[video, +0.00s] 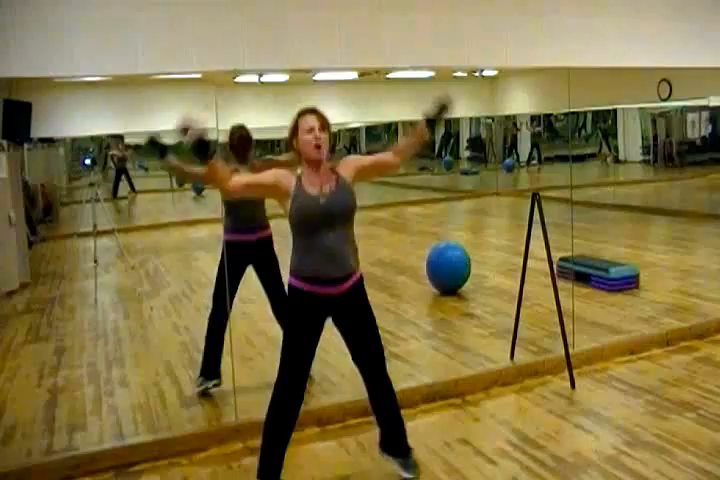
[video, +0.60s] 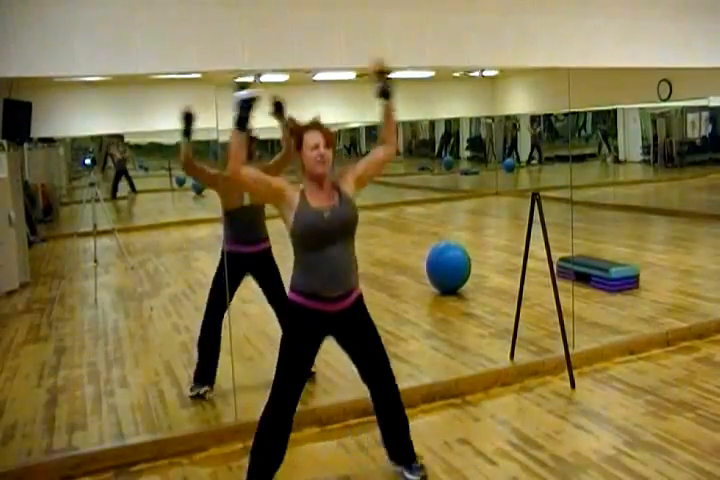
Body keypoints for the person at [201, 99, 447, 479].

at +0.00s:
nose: (316, 136)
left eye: (321, 129)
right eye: (308, 131)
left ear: (329, 136)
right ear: (295, 142)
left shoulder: (347, 169)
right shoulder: (284, 180)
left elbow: (396, 156)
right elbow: (230, 184)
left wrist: (427, 125)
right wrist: (208, 157)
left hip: (350, 290)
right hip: (306, 294)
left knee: (376, 371)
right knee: (289, 385)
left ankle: (397, 447)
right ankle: (268, 473)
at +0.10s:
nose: (319, 129)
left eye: (323, 123)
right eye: (310, 124)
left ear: (331, 129)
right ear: (296, 134)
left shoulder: (349, 171)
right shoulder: (283, 180)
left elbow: (387, 202)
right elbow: (244, 224)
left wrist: (433, 210)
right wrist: (210, 232)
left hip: (347, 282)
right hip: (304, 285)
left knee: (363, 366)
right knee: (304, 372)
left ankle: (362, 449)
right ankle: (297, 465)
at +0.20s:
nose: (321, 146)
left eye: (326, 140)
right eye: (313, 141)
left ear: (333, 147)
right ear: (299, 151)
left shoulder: (344, 191)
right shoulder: (286, 199)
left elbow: (360, 248)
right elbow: (277, 255)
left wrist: (384, 293)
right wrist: (262, 299)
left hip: (348, 303)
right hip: (307, 306)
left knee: (353, 388)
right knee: (316, 389)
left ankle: (340, 460)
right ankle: (319, 467)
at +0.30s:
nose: (323, 147)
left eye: (326, 141)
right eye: (314, 142)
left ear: (334, 148)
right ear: (300, 151)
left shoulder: (347, 193)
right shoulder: (287, 198)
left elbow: (361, 252)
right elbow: (279, 261)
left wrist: (386, 295)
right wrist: (271, 316)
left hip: (347, 307)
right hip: (306, 309)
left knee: (352, 393)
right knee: (313, 393)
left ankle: (339, 461)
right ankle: (314, 468)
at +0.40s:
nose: (321, 127)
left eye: (326, 121)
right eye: (313, 122)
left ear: (334, 128)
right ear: (299, 131)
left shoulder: (350, 172)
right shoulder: (286, 178)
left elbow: (383, 212)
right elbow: (260, 226)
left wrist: (426, 215)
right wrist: (240, 246)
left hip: (347, 283)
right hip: (304, 285)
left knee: (358, 369)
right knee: (304, 377)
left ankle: (350, 451)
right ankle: (306, 464)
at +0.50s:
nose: (322, 129)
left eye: (326, 122)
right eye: (313, 124)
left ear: (334, 128)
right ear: (298, 132)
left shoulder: (348, 167)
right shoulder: (283, 174)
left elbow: (399, 170)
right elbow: (237, 201)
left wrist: (430, 132)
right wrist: (213, 173)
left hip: (347, 281)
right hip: (305, 283)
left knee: (369, 364)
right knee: (295, 378)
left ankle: (375, 446)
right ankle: (281, 469)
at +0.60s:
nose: (321, 153)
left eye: (326, 146)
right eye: (313, 147)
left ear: (333, 153)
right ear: (299, 155)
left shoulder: (347, 184)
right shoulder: (287, 194)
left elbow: (388, 148)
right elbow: (237, 170)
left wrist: (385, 92)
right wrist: (242, 116)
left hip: (349, 306)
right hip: (305, 311)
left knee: (383, 383)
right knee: (282, 399)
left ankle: (406, 462)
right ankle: (259, 475)